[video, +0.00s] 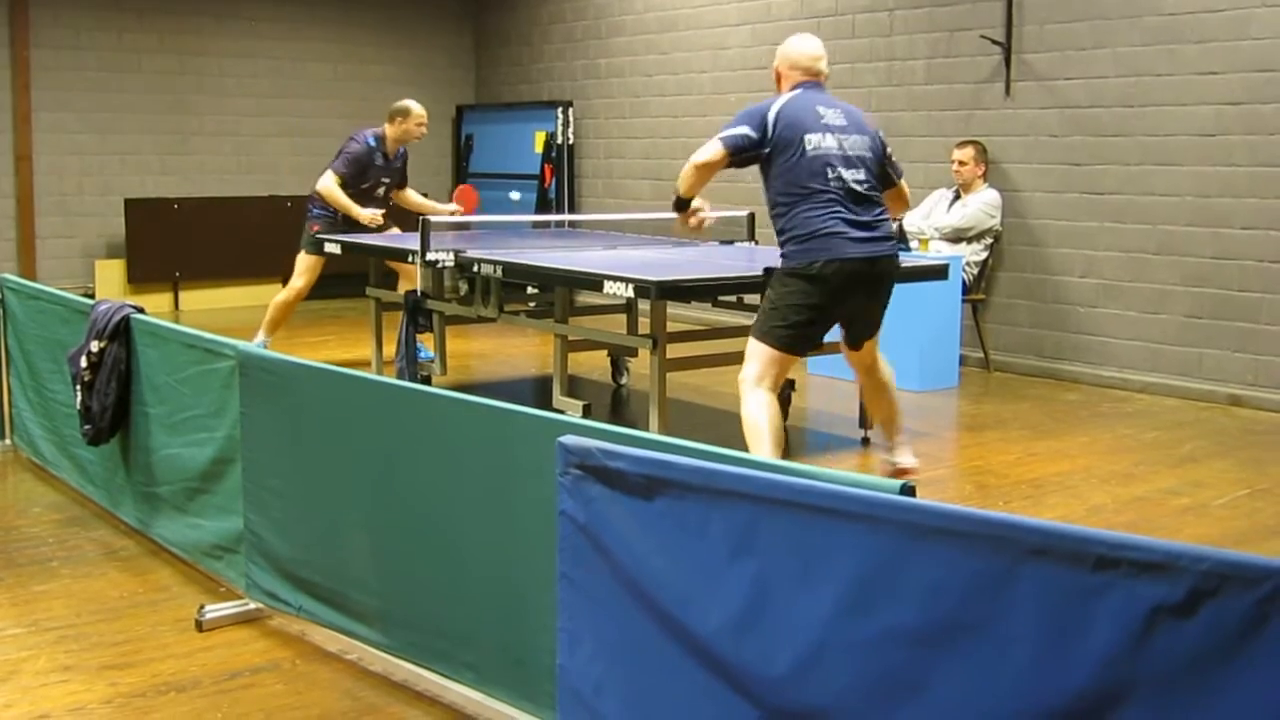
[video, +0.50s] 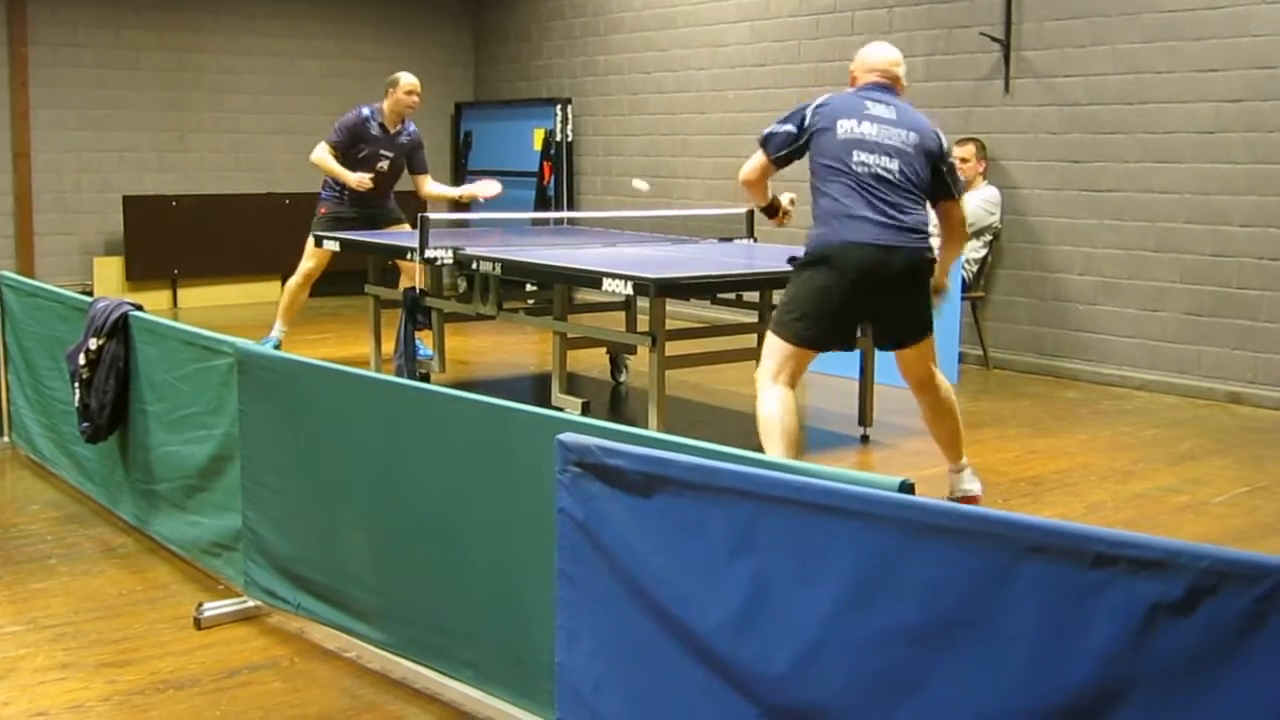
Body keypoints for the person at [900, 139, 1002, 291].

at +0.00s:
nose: (955, 169)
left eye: (962, 164)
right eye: (953, 163)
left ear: (980, 169)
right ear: (950, 164)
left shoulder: (990, 199)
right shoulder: (941, 194)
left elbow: (956, 228)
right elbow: (907, 223)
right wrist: (941, 234)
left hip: (954, 274)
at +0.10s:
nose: (954, 168)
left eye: (961, 163)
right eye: (952, 162)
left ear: (980, 168)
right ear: (949, 164)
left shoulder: (990, 198)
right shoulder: (940, 194)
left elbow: (957, 227)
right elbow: (908, 220)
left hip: (954, 273)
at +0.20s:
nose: (954, 168)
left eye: (961, 163)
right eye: (952, 162)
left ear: (979, 168)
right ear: (949, 163)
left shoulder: (990, 197)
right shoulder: (939, 194)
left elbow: (956, 226)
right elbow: (915, 218)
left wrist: (926, 222)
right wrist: (943, 231)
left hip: (955, 272)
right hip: (922, 263)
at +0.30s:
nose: (954, 167)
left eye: (961, 162)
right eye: (952, 161)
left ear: (980, 167)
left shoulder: (990, 197)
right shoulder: (946, 194)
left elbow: (955, 225)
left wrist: (919, 225)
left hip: (956, 273)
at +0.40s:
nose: (954, 167)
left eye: (962, 162)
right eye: (953, 161)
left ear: (980, 166)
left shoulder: (990, 196)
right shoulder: (952, 193)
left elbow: (953, 225)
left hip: (958, 271)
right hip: (932, 264)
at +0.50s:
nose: (957, 166)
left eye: (964, 161)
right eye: (954, 160)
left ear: (981, 166)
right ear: (950, 161)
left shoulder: (989, 196)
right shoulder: (958, 192)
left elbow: (948, 224)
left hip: (958, 272)